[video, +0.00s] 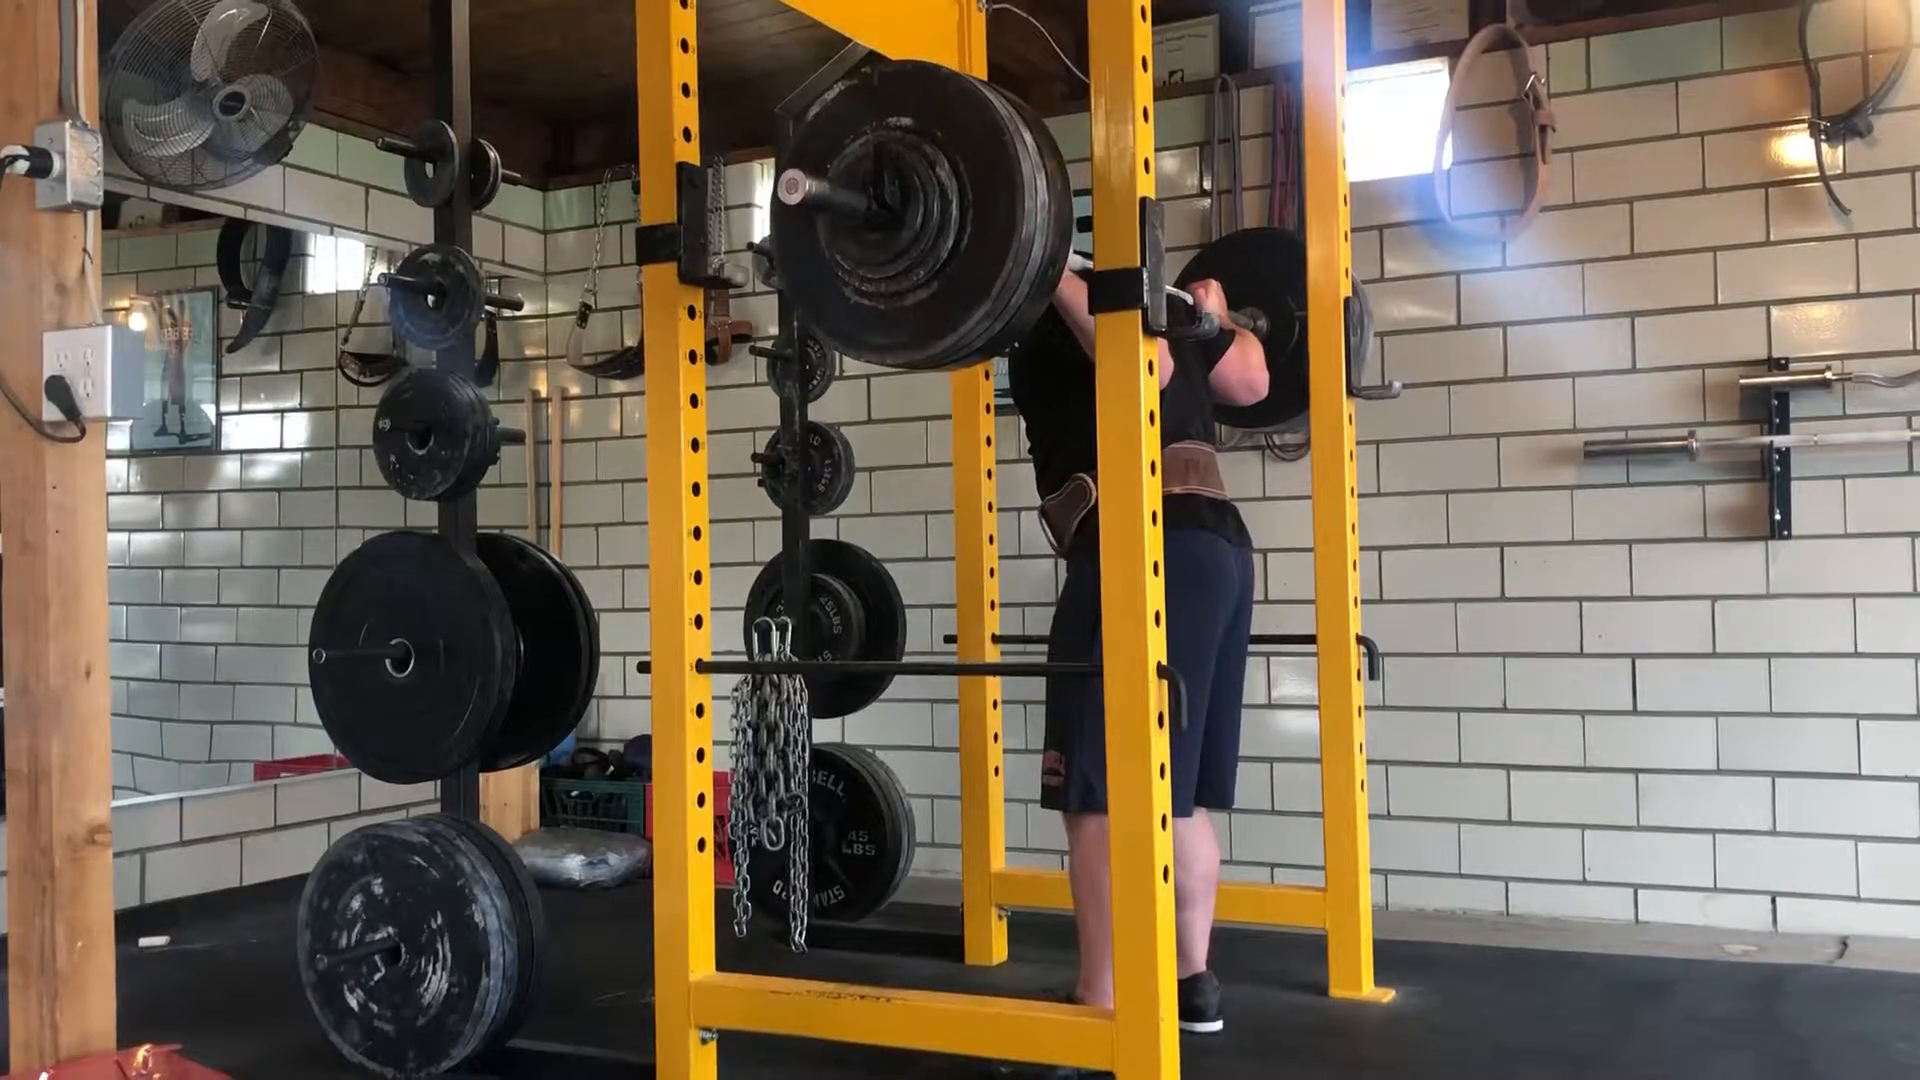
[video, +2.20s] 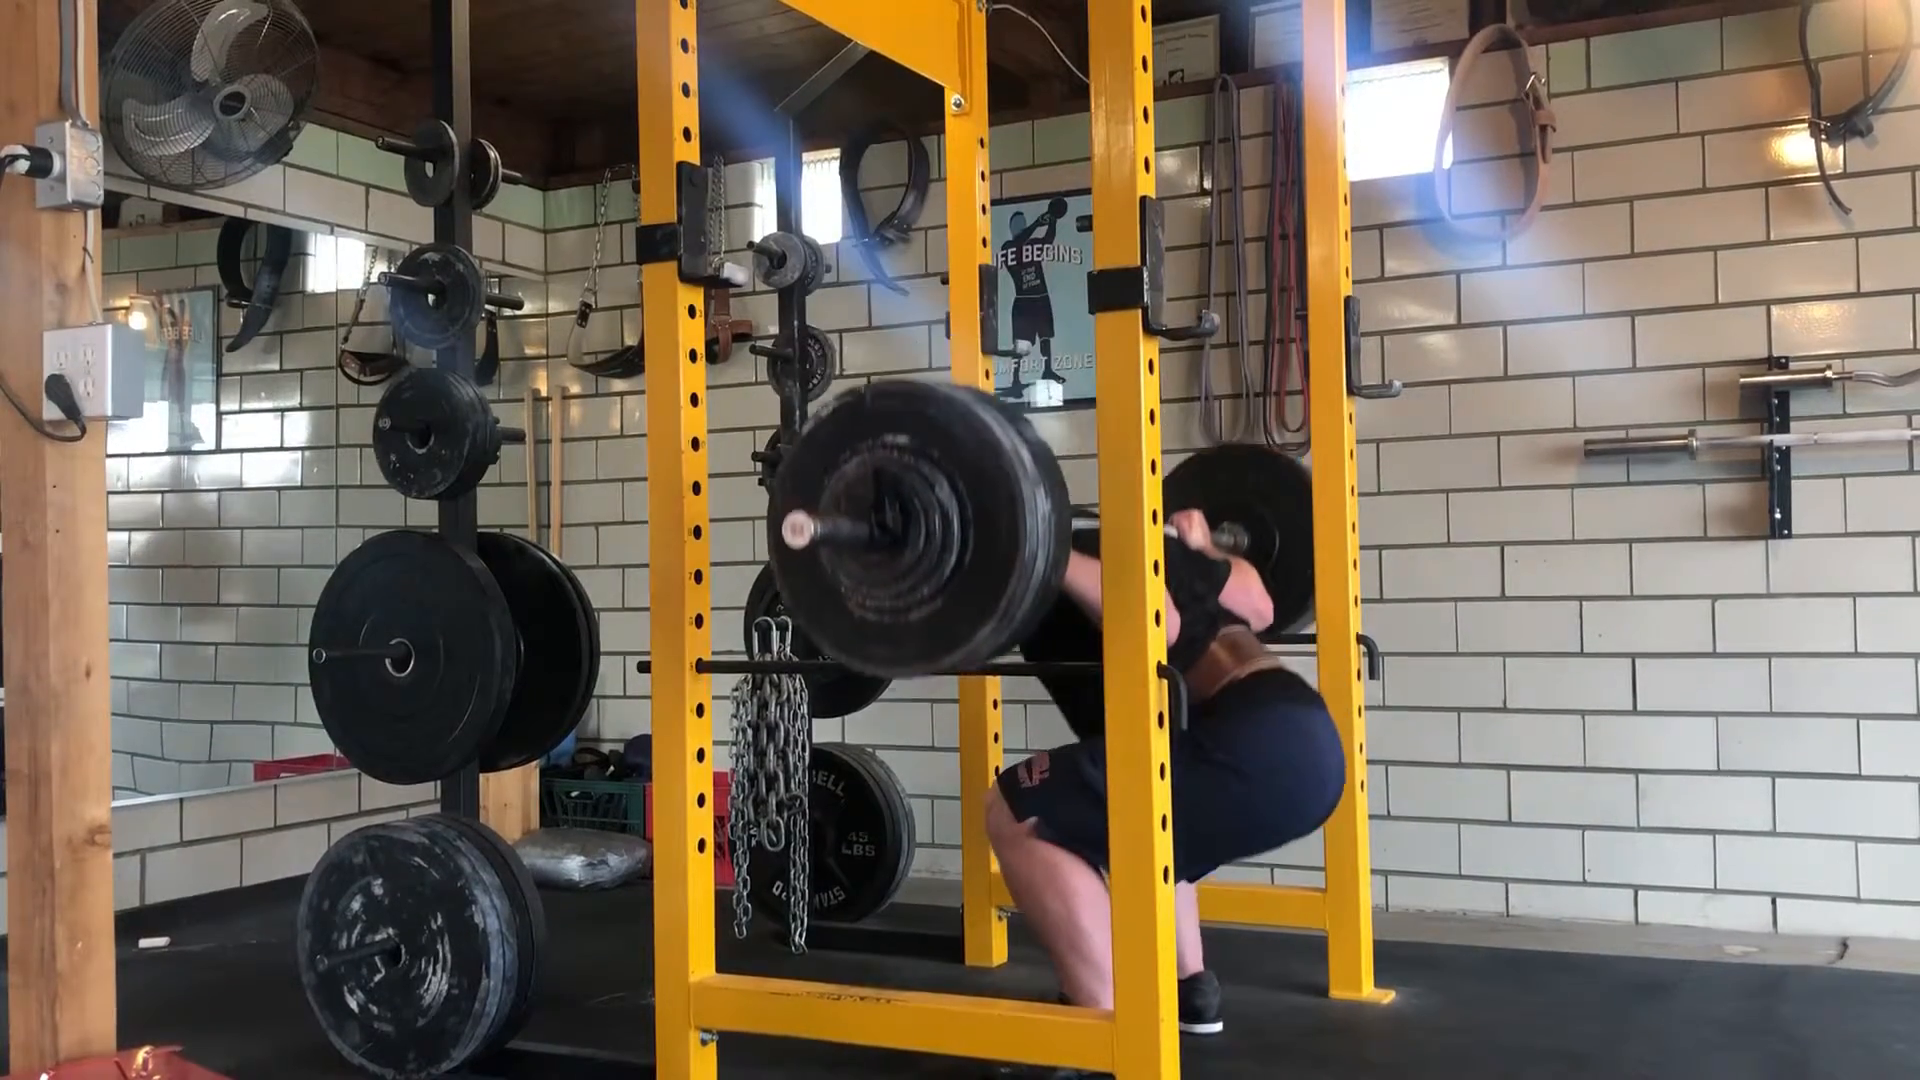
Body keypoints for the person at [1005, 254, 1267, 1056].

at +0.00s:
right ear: (1086, 238)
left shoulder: (1050, 303)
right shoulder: (1168, 302)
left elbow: (1142, 371)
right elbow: (1251, 378)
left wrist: (1067, 283)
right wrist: (1214, 310)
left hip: (1128, 544)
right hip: (1216, 547)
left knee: (1096, 787)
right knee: (1189, 785)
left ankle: (1100, 1003)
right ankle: (1194, 982)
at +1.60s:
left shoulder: (1073, 395)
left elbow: (1167, 457)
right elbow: (1259, 458)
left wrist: (1048, 375)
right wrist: (1209, 393)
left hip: (1234, 601)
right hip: (1291, 602)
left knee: (1064, 786)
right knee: (1185, 795)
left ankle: (1099, 1006)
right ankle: (1192, 986)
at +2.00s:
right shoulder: (1144, 496)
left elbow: (1163, 568)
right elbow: (1262, 555)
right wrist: (1216, 505)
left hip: (1261, 694)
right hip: (1310, 694)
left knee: (1036, 802)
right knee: (1169, 812)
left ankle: (1102, 1021)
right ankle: (1190, 982)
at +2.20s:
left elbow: (1161, 626)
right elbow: (1259, 603)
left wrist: (1041, 545)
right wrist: (1203, 550)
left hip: (1266, 744)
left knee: (1016, 810)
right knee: (1145, 812)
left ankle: (1104, 1029)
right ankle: (1188, 983)